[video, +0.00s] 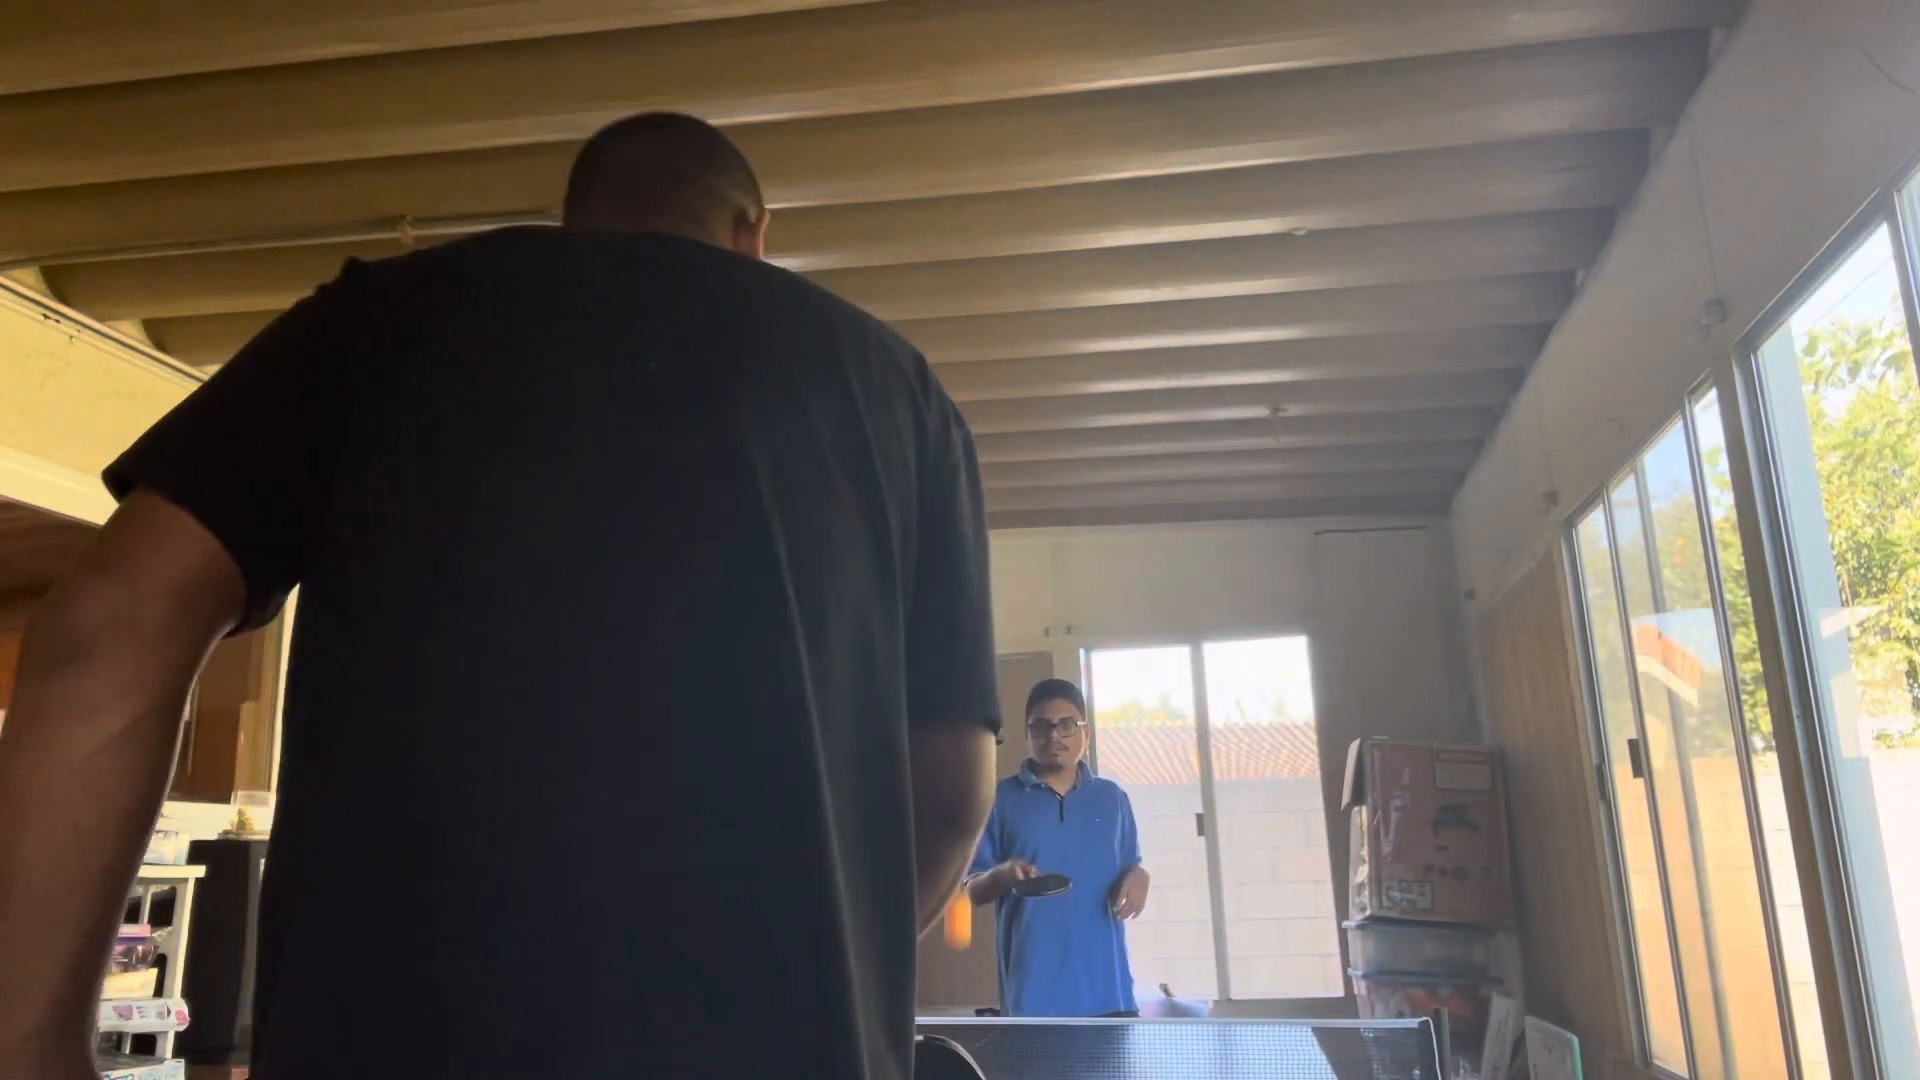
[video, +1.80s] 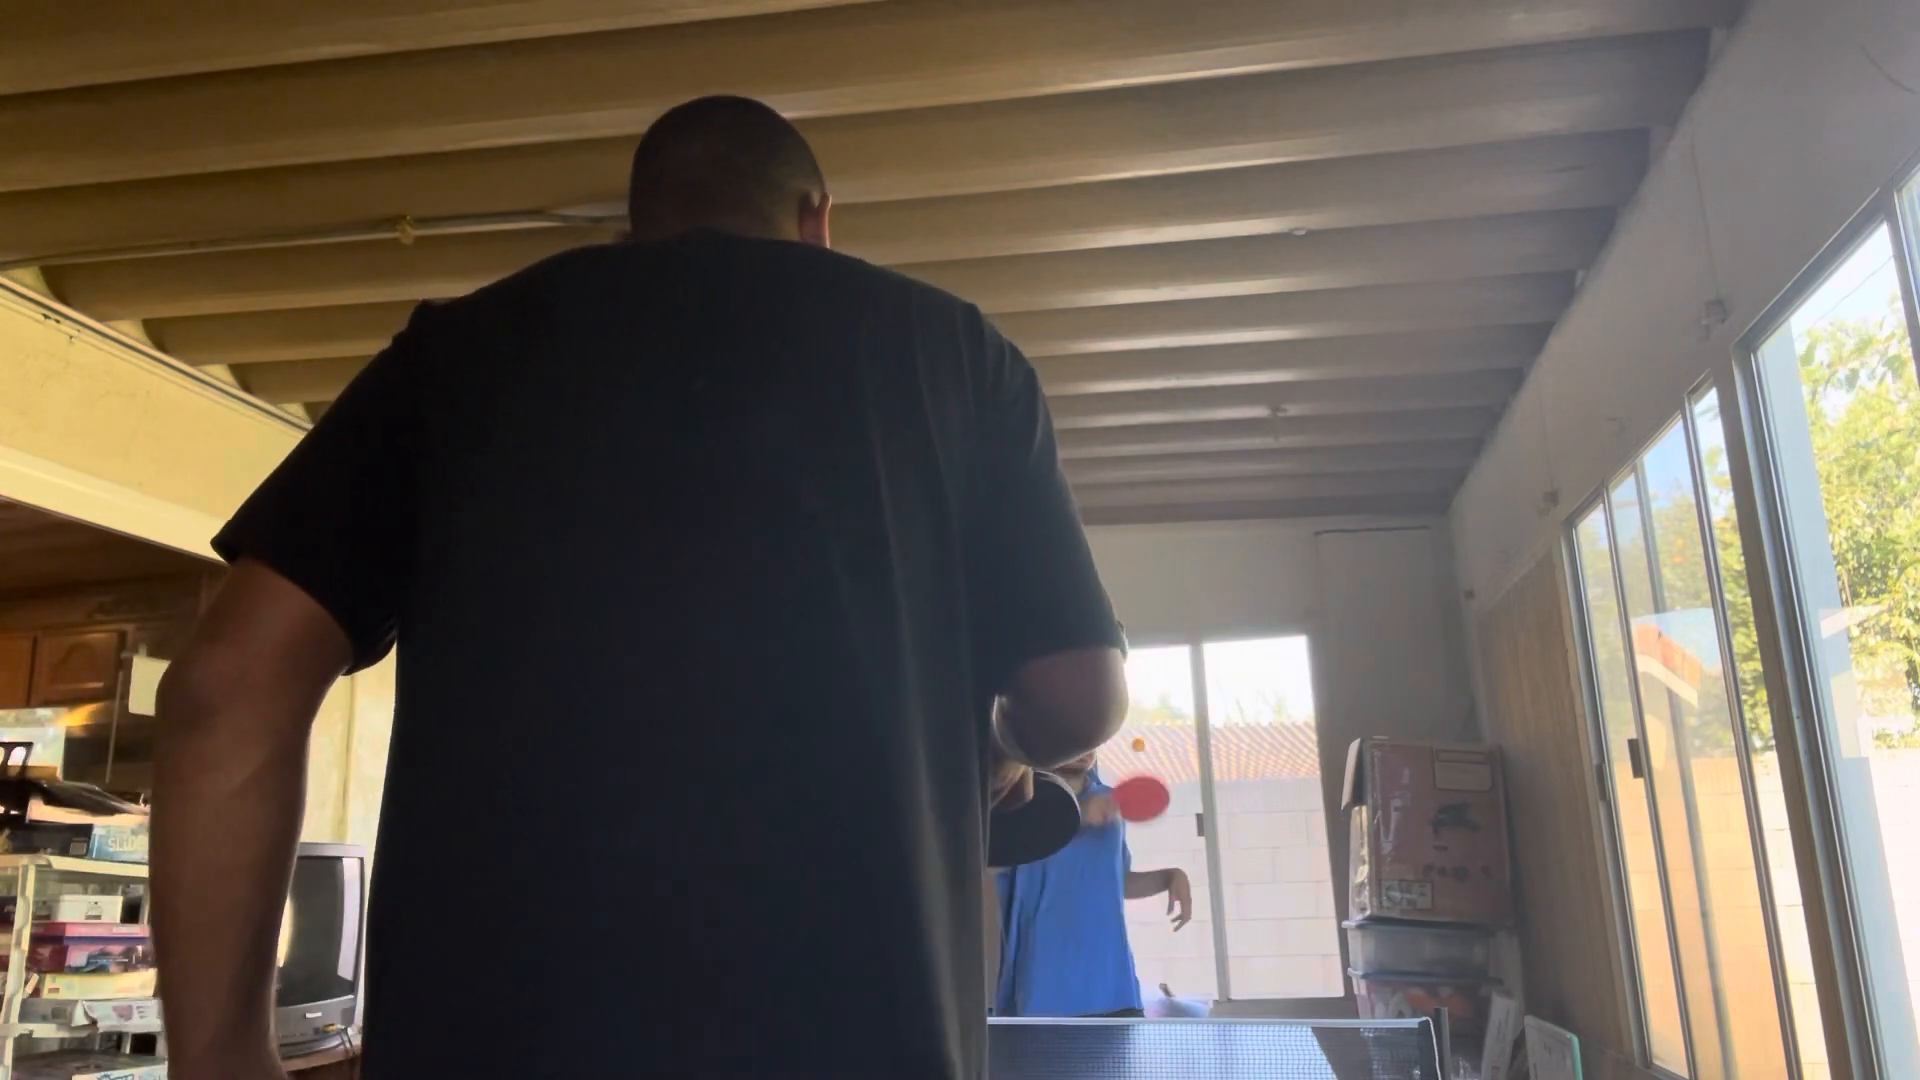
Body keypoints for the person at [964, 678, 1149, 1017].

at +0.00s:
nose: (1054, 736)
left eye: (1066, 724)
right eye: (1042, 726)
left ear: (1085, 733)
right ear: (1027, 733)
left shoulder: (1111, 798)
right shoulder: (1003, 799)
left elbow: (1128, 871)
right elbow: (972, 891)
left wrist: (1140, 876)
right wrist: (1002, 875)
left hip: (1106, 989)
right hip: (1033, 993)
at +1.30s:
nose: (1069, 746)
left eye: (1078, 737)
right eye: (1058, 736)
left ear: (1091, 742)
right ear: (1029, 736)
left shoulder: (1110, 800)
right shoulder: (1011, 796)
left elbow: (1124, 875)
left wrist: (1145, 878)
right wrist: (1036, 859)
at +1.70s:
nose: (1084, 755)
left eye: (1091, 744)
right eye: (1071, 744)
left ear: (1098, 746)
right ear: (1042, 746)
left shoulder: (1108, 801)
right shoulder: (1019, 799)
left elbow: (1114, 884)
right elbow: (985, 876)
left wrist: (1168, 878)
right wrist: (1071, 853)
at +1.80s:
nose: (1084, 746)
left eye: (1091, 736)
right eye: (1070, 736)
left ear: (1100, 739)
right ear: (1038, 737)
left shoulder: (1105, 801)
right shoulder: (1013, 800)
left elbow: (1118, 882)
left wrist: (1169, 876)